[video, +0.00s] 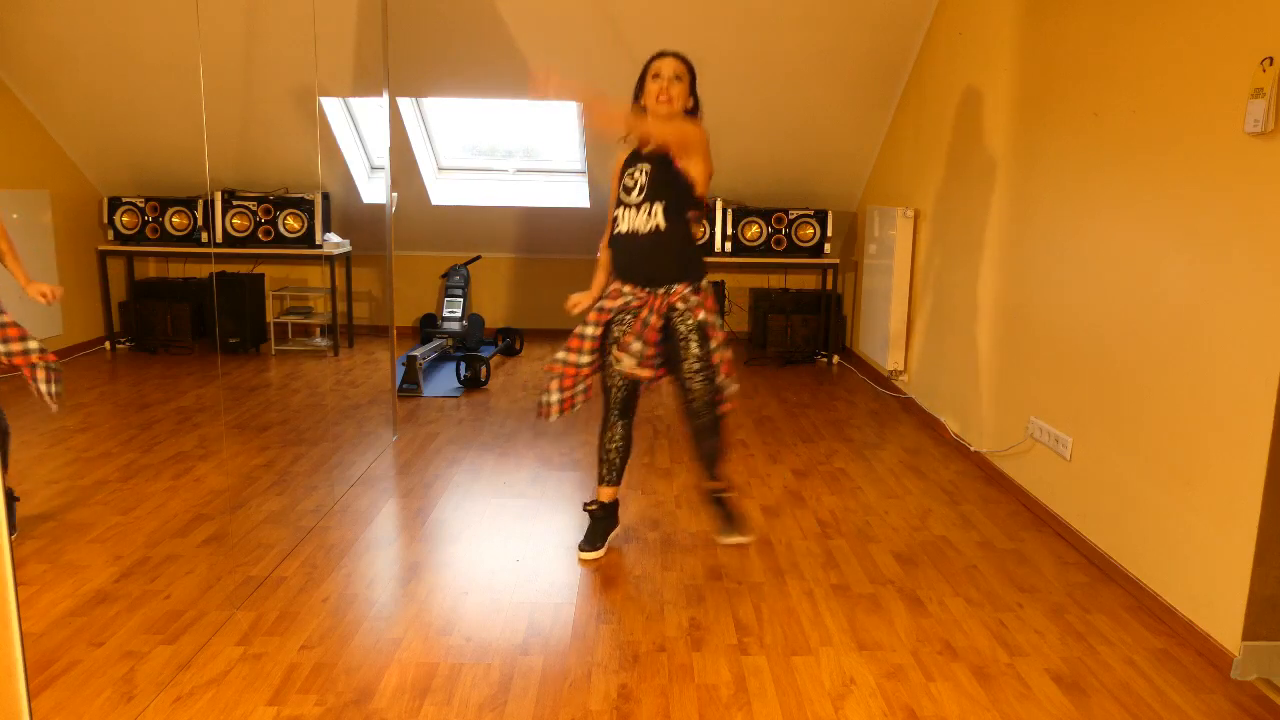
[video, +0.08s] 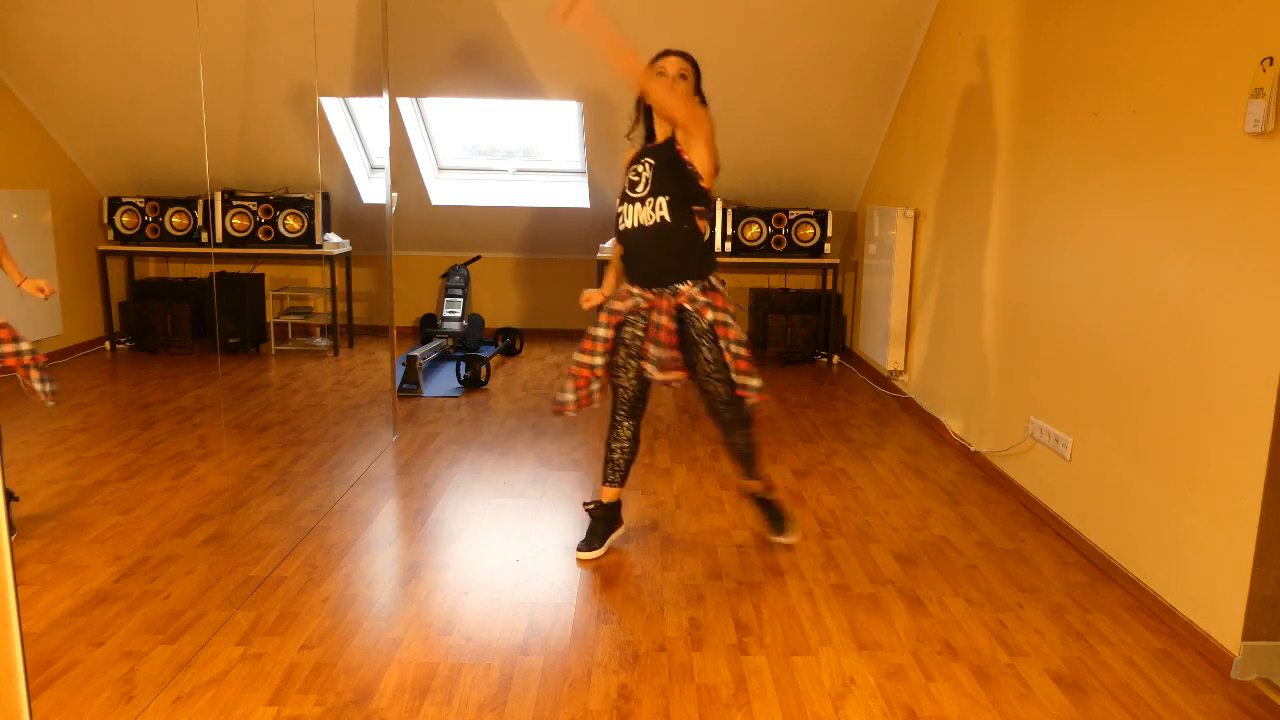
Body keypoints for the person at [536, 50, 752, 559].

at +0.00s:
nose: (664, 86)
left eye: (675, 80)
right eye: (655, 78)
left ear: (691, 94)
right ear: (640, 91)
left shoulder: (693, 139)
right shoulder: (628, 152)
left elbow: (642, 124)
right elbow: (614, 225)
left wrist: (573, 95)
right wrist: (596, 288)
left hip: (681, 293)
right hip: (628, 292)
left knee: (700, 396)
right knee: (617, 401)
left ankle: (718, 492)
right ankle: (604, 506)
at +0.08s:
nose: (665, 79)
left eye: (679, 74)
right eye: (658, 73)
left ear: (695, 95)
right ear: (645, 88)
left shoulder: (697, 136)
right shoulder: (636, 156)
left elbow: (645, 81)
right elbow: (626, 228)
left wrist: (593, 24)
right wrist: (608, 286)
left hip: (693, 294)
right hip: (638, 297)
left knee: (725, 399)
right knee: (626, 402)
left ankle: (757, 489)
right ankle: (607, 506)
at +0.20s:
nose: (682, 108)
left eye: (692, 99)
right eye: (672, 97)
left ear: (704, 109)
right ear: (658, 107)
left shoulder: (713, 157)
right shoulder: (656, 174)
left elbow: (698, 69)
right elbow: (643, 245)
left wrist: (673, 8)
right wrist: (625, 299)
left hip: (712, 307)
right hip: (658, 310)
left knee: (749, 412)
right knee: (640, 414)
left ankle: (786, 499)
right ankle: (615, 513)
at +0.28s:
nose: (693, 119)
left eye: (704, 111)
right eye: (684, 110)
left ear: (720, 122)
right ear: (671, 121)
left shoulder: (730, 173)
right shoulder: (667, 187)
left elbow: (737, 82)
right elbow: (657, 258)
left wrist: (729, 14)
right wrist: (642, 311)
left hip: (737, 315)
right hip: (680, 317)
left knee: (759, 416)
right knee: (653, 415)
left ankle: (789, 503)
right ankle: (618, 516)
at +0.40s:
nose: (714, 131)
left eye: (724, 123)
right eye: (704, 123)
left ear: (738, 133)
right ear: (690, 134)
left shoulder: (756, 171)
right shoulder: (683, 203)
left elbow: (793, 95)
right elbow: (674, 268)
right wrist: (656, 320)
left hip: (782, 319)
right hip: (719, 323)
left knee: (793, 424)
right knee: (669, 417)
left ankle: (790, 505)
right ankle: (623, 507)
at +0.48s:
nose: (724, 137)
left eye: (734, 129)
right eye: (714, 129)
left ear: (748, 138)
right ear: (699, 141)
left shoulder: (766, 170)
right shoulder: (692, 213)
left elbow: (820, 121)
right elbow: (680, 274)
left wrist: (866, 69)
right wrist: (659, 326)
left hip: (798, 320)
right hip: (738, 325)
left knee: (808, 424)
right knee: (703, 422)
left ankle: (791, 503)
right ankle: (655, 489)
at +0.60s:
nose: (735, 141)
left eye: (744, 132)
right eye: (724, 133)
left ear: (757, 142)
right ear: (710, 146)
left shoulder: (772, 181)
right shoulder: (703, 213)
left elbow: (826, 177)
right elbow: (692, 281)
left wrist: (872, 164)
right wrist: (677, 342)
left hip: (804, 325)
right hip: (753, 333)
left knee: (816, 429)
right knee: (780, 435)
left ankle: (792, 505)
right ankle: (731, 457)